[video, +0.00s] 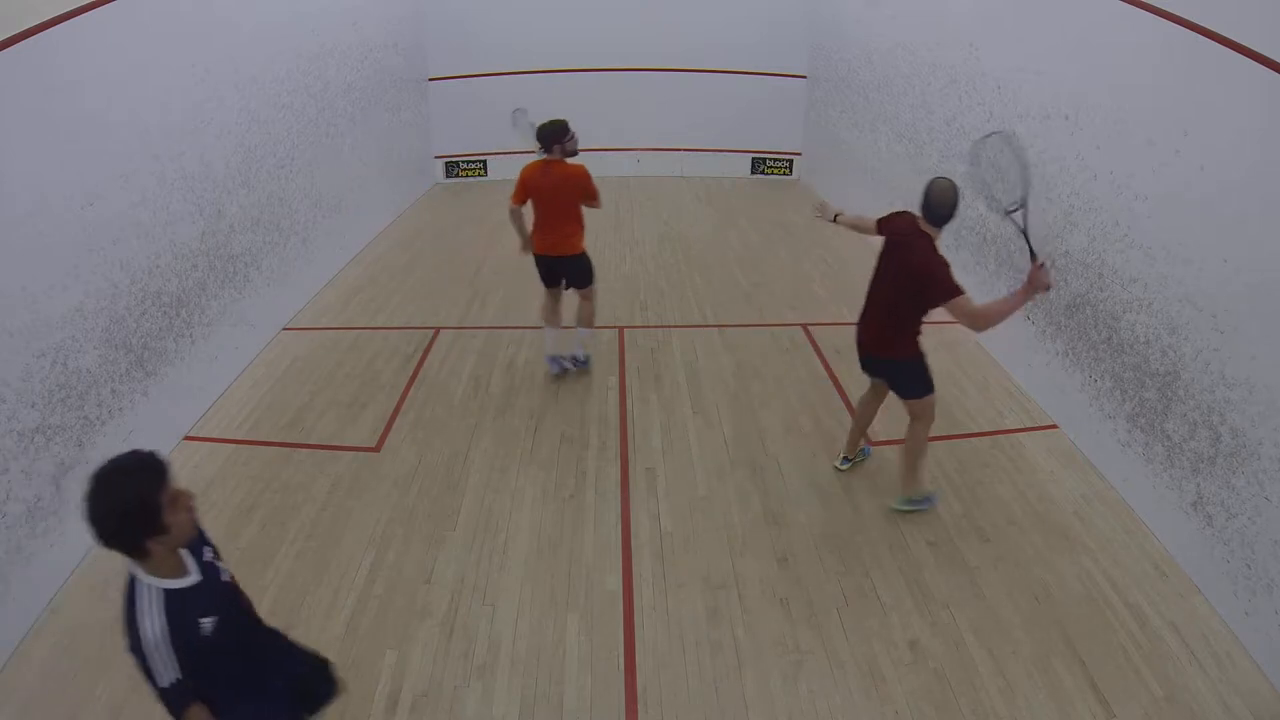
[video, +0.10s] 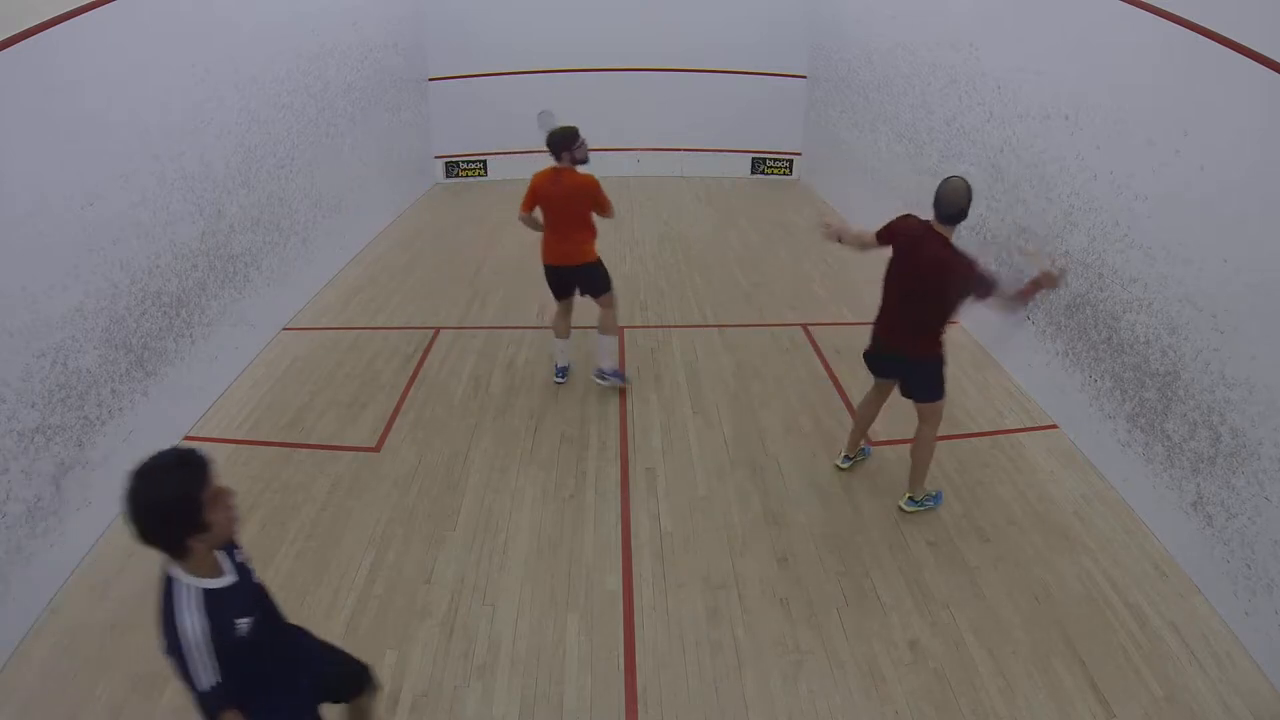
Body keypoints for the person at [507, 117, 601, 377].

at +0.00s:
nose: (576, 139)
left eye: (573, 135)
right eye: (570, 137)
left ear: (547, 146)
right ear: (558, 145)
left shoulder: (530, 172)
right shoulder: (577, 172)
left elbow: (514, 208)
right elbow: (594, 202)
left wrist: (524, 237)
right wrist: (567, 190)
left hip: (542, 250)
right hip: (571, 251)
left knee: (552, 294)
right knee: (586, 296)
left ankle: (552, 353)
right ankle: (580, 351)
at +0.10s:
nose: (586, 148)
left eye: (584, 143)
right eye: (581, 146)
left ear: (559, 154)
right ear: (567, 153)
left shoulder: (540, 180)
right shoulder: (586, 183)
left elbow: (524, 216)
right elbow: (607, 212)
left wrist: (545, 229)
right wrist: (581, 198)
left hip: (553, 261)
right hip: (585, 260)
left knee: (563, 306)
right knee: (607, 304)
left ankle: (561, 366)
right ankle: (606, 367)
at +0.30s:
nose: (606, 155)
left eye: (603, 151)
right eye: (603, 152)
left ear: (576, 161)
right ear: (596, 159)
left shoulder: (564, 192)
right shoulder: (616, 192)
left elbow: (550, 231)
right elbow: (628, 232)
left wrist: (573, 233)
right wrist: (602, 229)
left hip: (576, 272)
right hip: (610, 273)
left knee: (567, 314)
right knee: (623, 325)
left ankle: (561, 368)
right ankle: (626, 389)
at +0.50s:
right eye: (610, 175)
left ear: (589, 181)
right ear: (614, 177)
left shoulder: (579, 215)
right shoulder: (633, 210)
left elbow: (564, 262)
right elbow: (646, 254)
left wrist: (582, 272)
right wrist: (624, 262)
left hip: (593, 289)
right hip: (628, 288)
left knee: (566, 321)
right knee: (645, 330)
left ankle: (554, 383)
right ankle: (670, 388)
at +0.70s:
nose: (557, 185)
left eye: (558, 182)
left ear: (560, 186)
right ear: (585, 184)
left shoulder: (560, 219)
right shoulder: (597, 213)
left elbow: (559, 265)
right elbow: (601, 255)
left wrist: (546, 289)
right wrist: (565, 273)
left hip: (583, 300)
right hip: (610, 295)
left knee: (539, 339)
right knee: (628, 334)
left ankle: (578, 389)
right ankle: (667, 379)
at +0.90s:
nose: (481, 208)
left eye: (484, 203)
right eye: (482, 202)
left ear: (493, 206)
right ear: (508, 202)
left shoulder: (518, 237)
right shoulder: (510, 234)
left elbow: (530, 290)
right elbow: (513, 274)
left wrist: (492, 309)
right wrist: (487, 278)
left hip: (553, 314)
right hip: (531, 309)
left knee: (568, 370)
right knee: (505, 341)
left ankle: (622, 384)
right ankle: (553, 360)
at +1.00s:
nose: (433, 234)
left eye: (435, 228)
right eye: (433, 228)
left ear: (443, 230)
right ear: (457, 225)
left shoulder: (474, 257)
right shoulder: (455, 257)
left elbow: (495, 300)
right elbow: (451, 285)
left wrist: (465, 336)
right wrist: (438, 294)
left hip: (513, 318)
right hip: (488, 313)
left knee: (553, 365)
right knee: (449, 330)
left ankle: (614, 382)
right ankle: (455, 388)